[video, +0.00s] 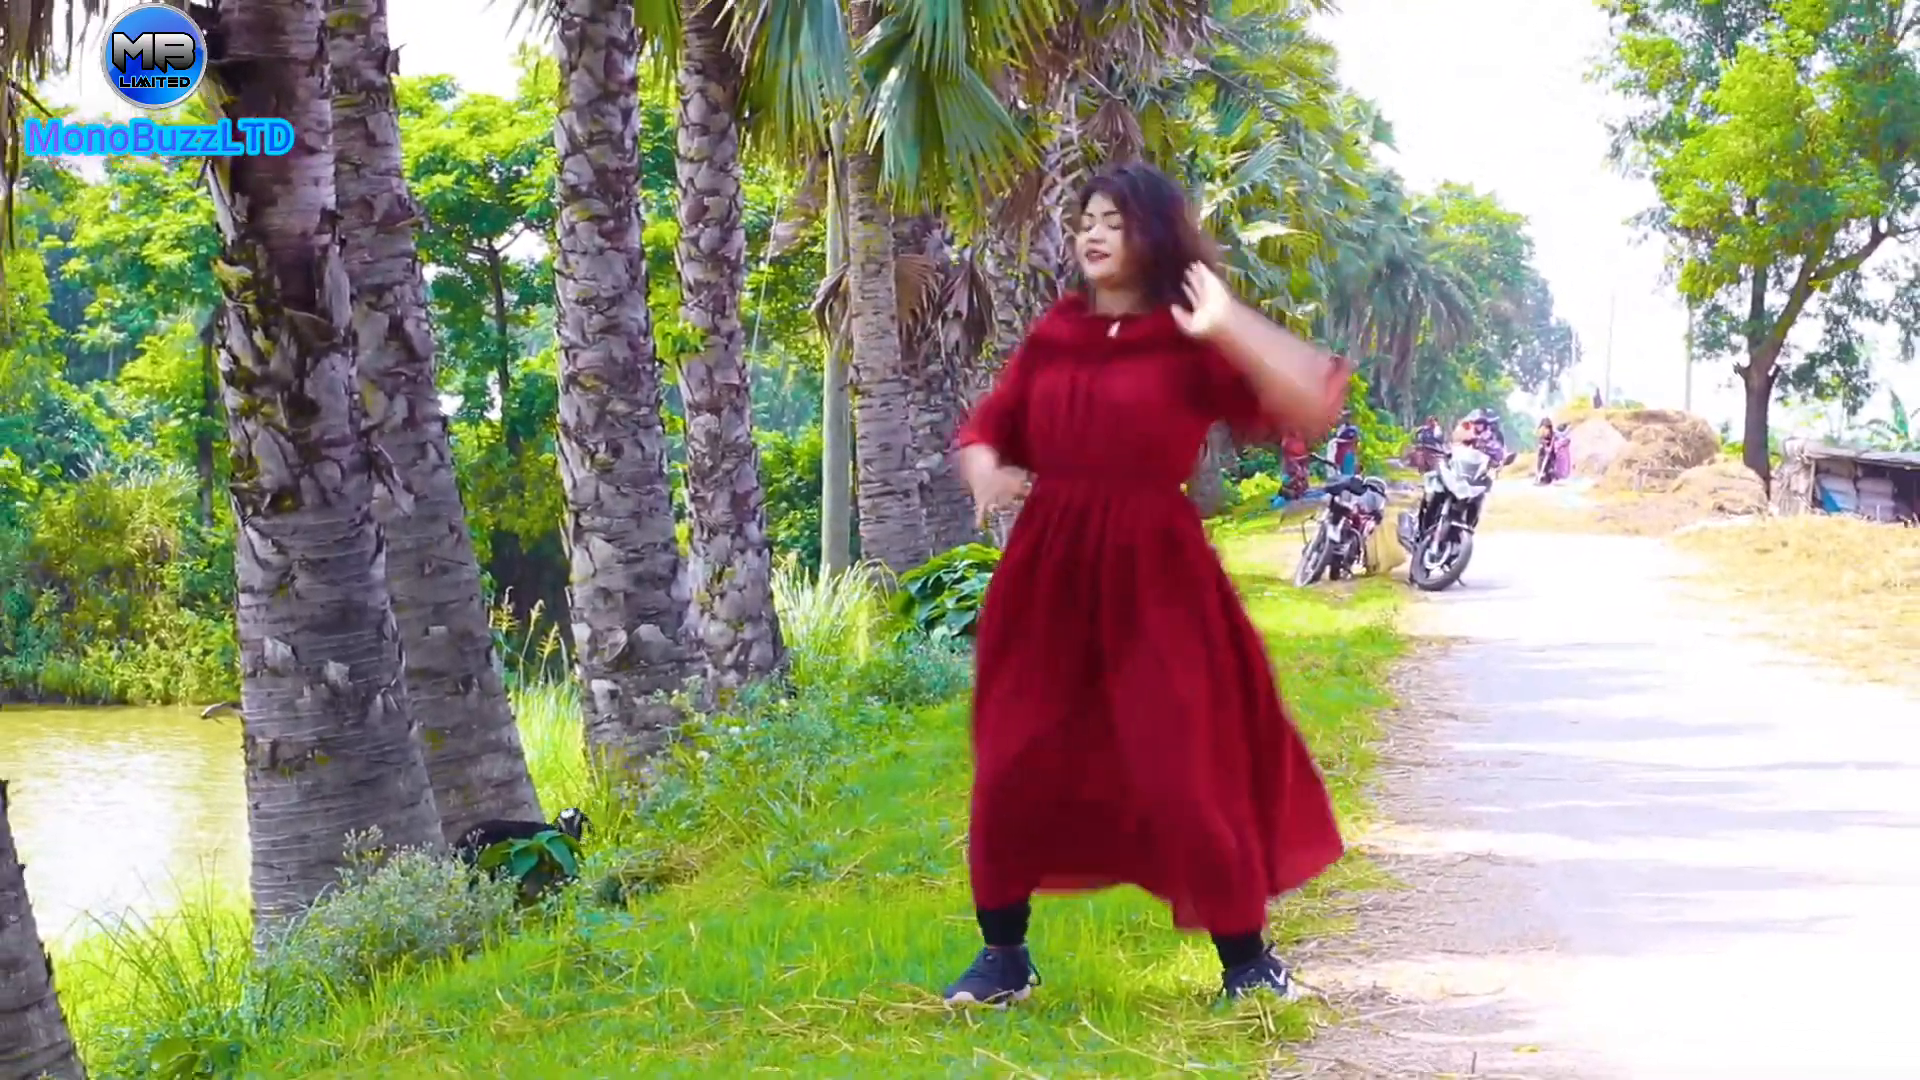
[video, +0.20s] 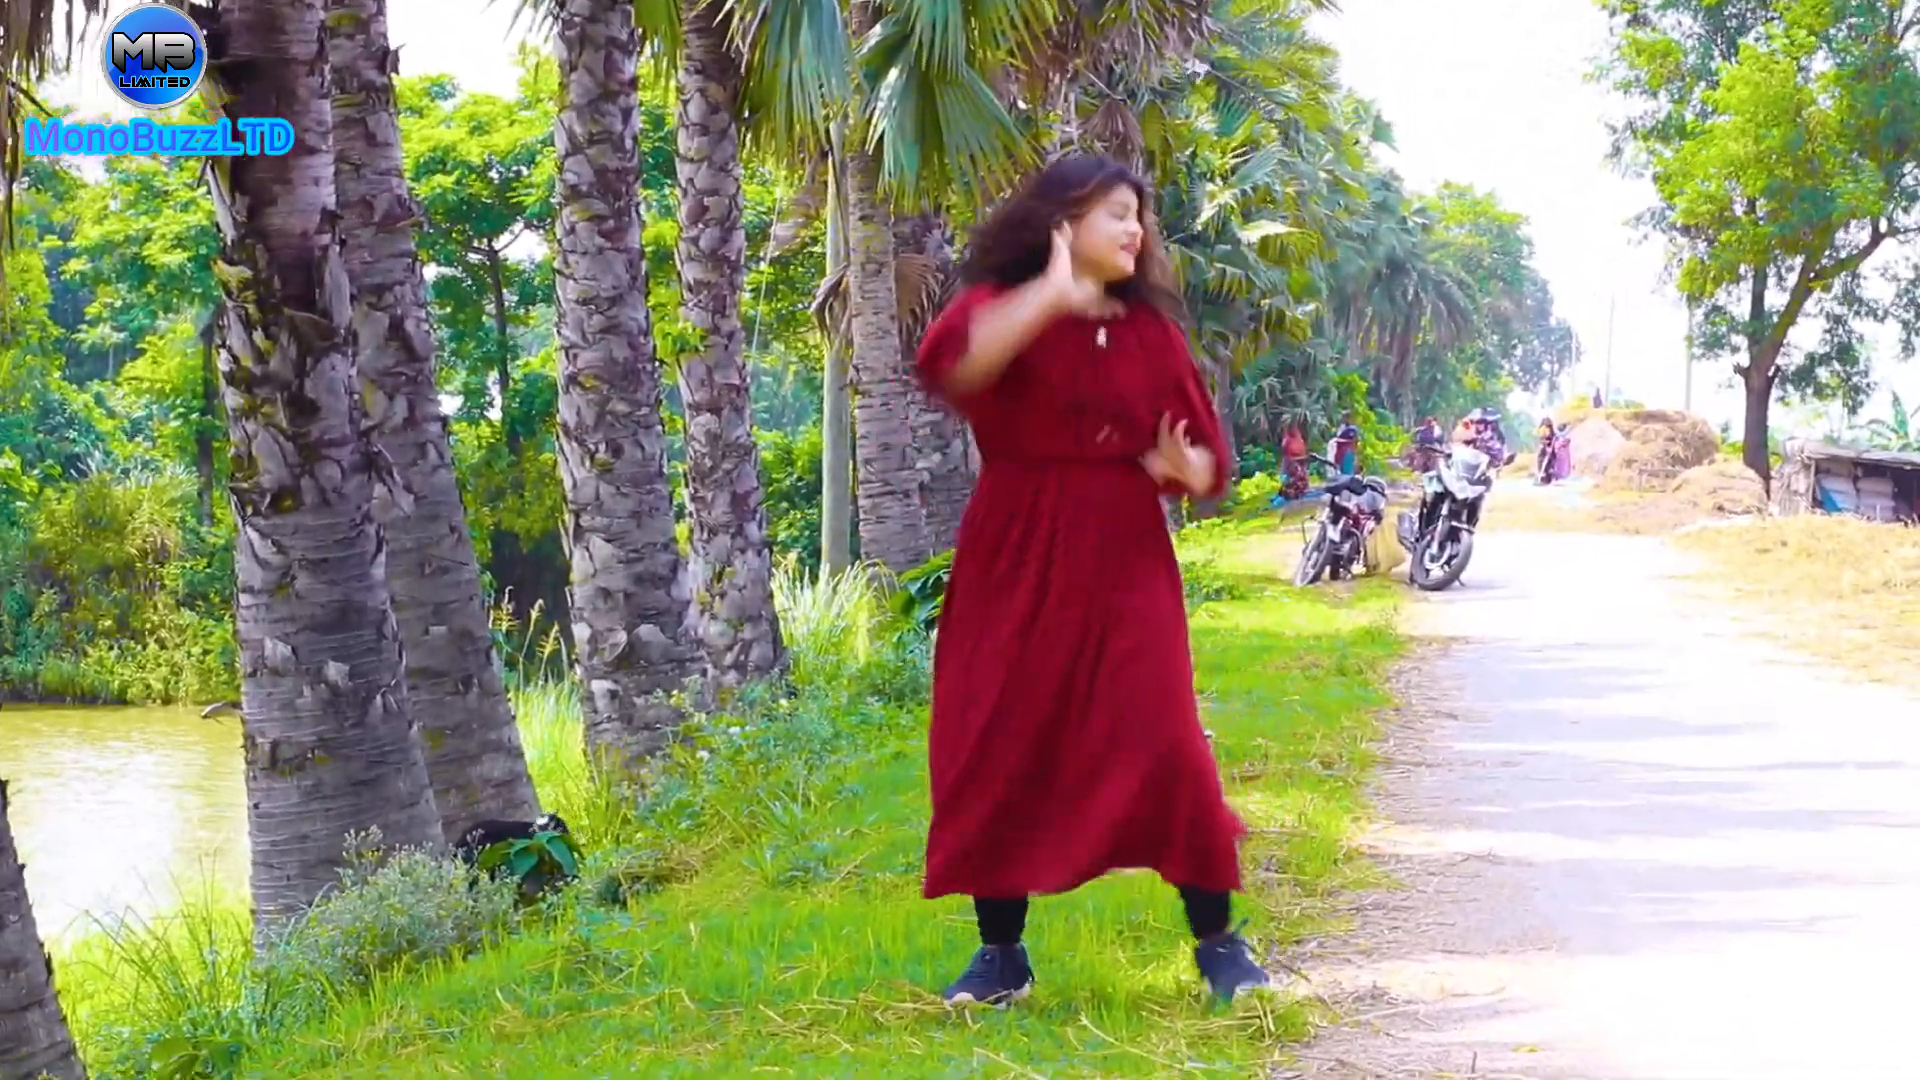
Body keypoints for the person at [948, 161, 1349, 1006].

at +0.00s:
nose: (1094, 237)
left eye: (1113, 223)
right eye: (1085, 223)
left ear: (1159, 237)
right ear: (1075, 239)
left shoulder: (1195, 342)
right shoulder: (1054, 335)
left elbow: (1318, 400)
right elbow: (980, 427)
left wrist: (1231, 319)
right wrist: (986, 469)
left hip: (1156, 567)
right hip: (1048, 563)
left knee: (1184, 763)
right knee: (1006, 760)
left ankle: (1247, 963)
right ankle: (1003, 955)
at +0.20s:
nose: (1137, 230)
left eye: (1139, 218)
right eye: (1119, 214)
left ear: (1138, 236)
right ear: (1062, 223)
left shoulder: (1152, 330)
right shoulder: (995, 305)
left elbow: (1209, 453)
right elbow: (952, 371)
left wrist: (1193, 471)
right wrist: (1049, 294)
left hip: (1126, 549)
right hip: (1014, 550)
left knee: (1169, 735)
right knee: (994, 736)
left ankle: (1219, 944)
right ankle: (1001, 954)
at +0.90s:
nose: (1175, 224)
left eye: (1180, 212)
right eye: (1151, 215)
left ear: (1192, 236)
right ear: (1103, 240)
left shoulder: (1225, 338)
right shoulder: (1060, 343)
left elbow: (1327, 456)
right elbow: (929, 377)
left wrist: (1283, 406)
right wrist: (1028, 325)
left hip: (1203, 580)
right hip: (1086, 580)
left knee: (1213, 777)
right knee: (1029, 767)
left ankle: (1252, 973)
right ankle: (1007, 966)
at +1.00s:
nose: (1155, 222)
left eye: (1175, 212)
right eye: (1139, 215)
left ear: (1209, 243)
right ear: (1117, 248)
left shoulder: (1249, 342)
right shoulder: (1082, 350)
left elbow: (1291, 437)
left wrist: (1235, 313)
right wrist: (1035, 446)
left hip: (1213, 553)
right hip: (1105, 551)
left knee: (1220, 750)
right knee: (1045, 744)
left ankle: (1246, 955)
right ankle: (1013, 945)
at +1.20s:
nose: (1164, 209)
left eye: (1183, 197)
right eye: (1148, 195)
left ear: (1211, 212)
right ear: (1124, 209)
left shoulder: (1240, 283)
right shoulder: (1089, 296)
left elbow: (1243, 324)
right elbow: (1062, 415)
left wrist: (1221, 230)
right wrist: (1035, 506)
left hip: (1201, 520)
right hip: (1103, 519)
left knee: (1216, 707)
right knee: (1068, 703)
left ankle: (1234, 926)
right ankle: (1083, 894)